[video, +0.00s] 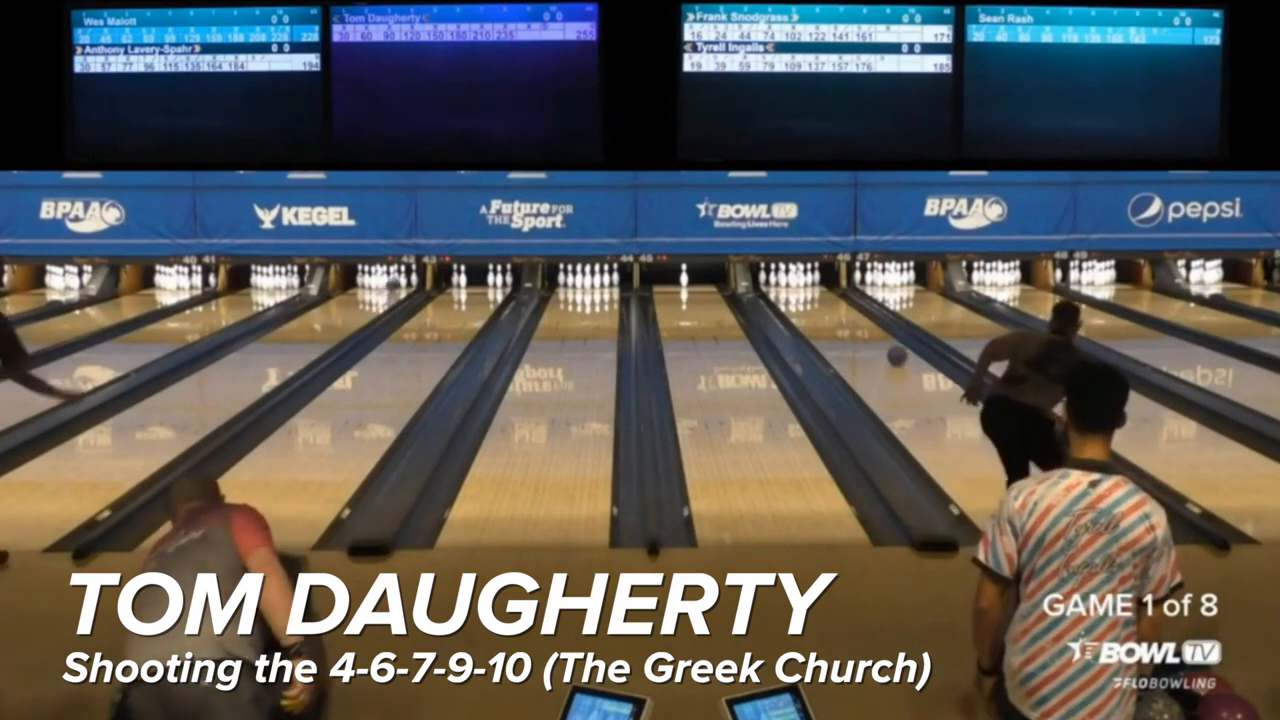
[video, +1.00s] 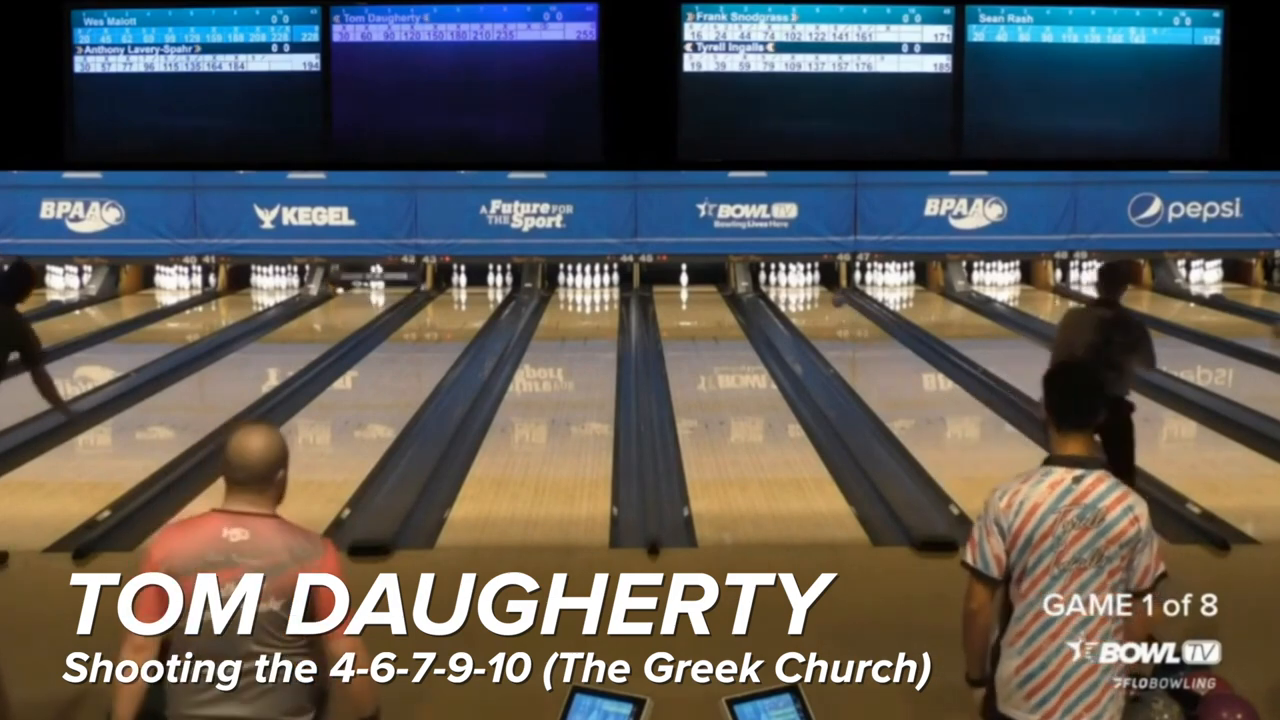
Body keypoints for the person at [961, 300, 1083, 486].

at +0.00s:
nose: (1070, 327)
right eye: (1074, 324)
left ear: (1052, 320)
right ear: (1076, 326)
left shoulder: (1028, 340)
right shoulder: (1075, 359)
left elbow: (991, 350)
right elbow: (1078, 399)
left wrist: (976, 382)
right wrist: (1068, 427)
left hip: (997, 409)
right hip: (1034, 418)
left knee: (1017, 474)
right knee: (1060, 471)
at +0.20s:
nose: (1078, 322)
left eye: (1072, 318)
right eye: (1078, 318)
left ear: (1054, 316)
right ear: (1079, 322)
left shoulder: (1030, 337)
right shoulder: (1078, 355)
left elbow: (991, 349)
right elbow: (1081, 395)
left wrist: (978, 384)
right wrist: (1070, 422)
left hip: (1001, 411)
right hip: (1037, 417)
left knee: (1021, 472)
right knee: (1075, 463)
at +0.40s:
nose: (1085, 310)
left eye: (1082, 304)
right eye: (1087, 305)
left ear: (1064, 303)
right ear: (1089, 308)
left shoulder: (1042, 329)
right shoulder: (1091, 345)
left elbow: (1007, 352)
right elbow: (1095, 386)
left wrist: (1004, 389)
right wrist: (1081, 420)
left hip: (1021, 407)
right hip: (1054, 413)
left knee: (1032, 471)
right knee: (1081, 465)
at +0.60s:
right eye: (1089, 301)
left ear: (1067, 299)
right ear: (1092, 304)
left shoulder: (1044, 326)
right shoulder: (1096, 343)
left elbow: (1012, 353)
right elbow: (1102, 384)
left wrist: (1013, 391)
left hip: (1027, 407)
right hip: (1063, 412)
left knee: (1035, 468)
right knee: (1081, 463)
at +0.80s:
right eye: (1102, 292)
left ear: (1081, 290)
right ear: (1107, 294)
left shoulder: (1056, 321)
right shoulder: (1117, 336)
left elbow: (1034, 357)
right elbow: (1129, 385)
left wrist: (1041, 387)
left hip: (1054, 407)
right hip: (1098, 410)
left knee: (1049, 466)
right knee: (1112, 469)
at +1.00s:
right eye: (1120, 284)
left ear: (1098, 283)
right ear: (1123, 287)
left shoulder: (1073, 318)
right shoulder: (1132, 324)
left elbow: (1058, 361)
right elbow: (1147, 364)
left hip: (1071, 401)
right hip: (1112, 407)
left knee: (1069, 467)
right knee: (1122, 476)